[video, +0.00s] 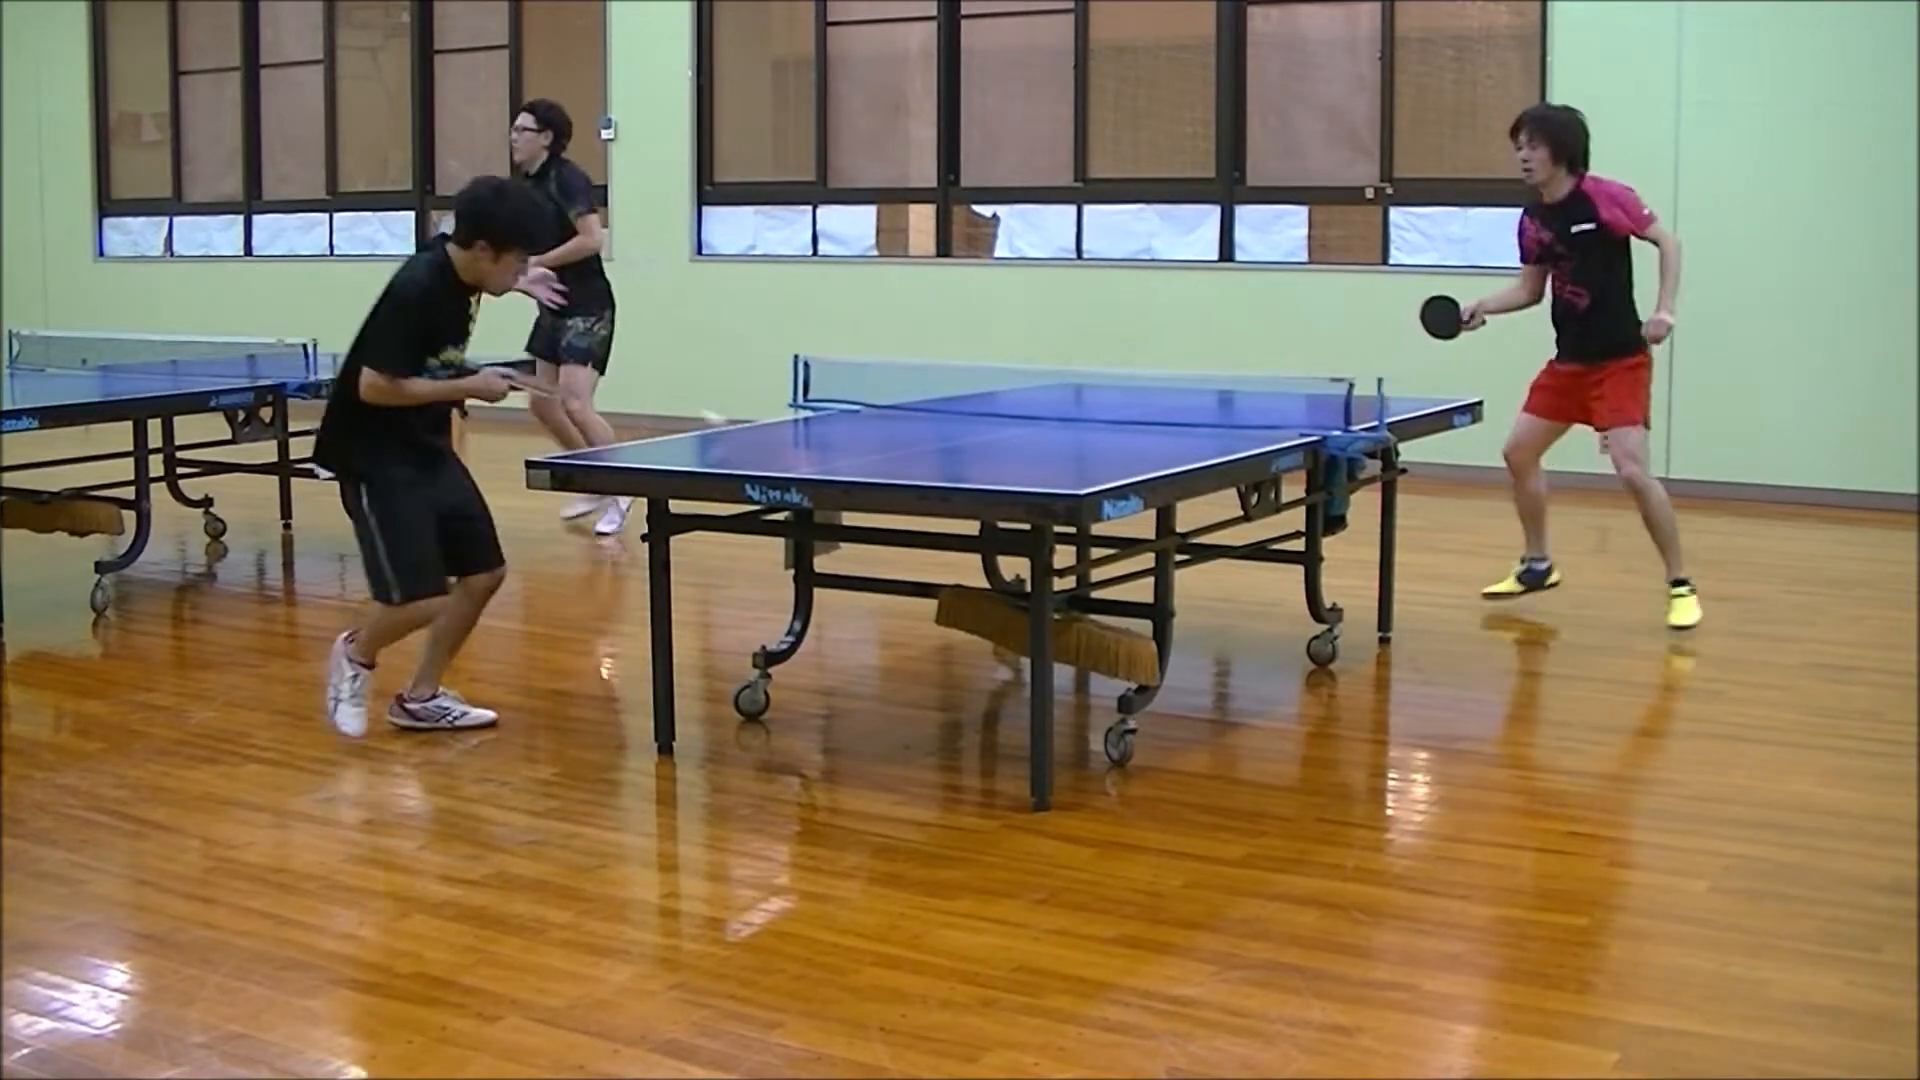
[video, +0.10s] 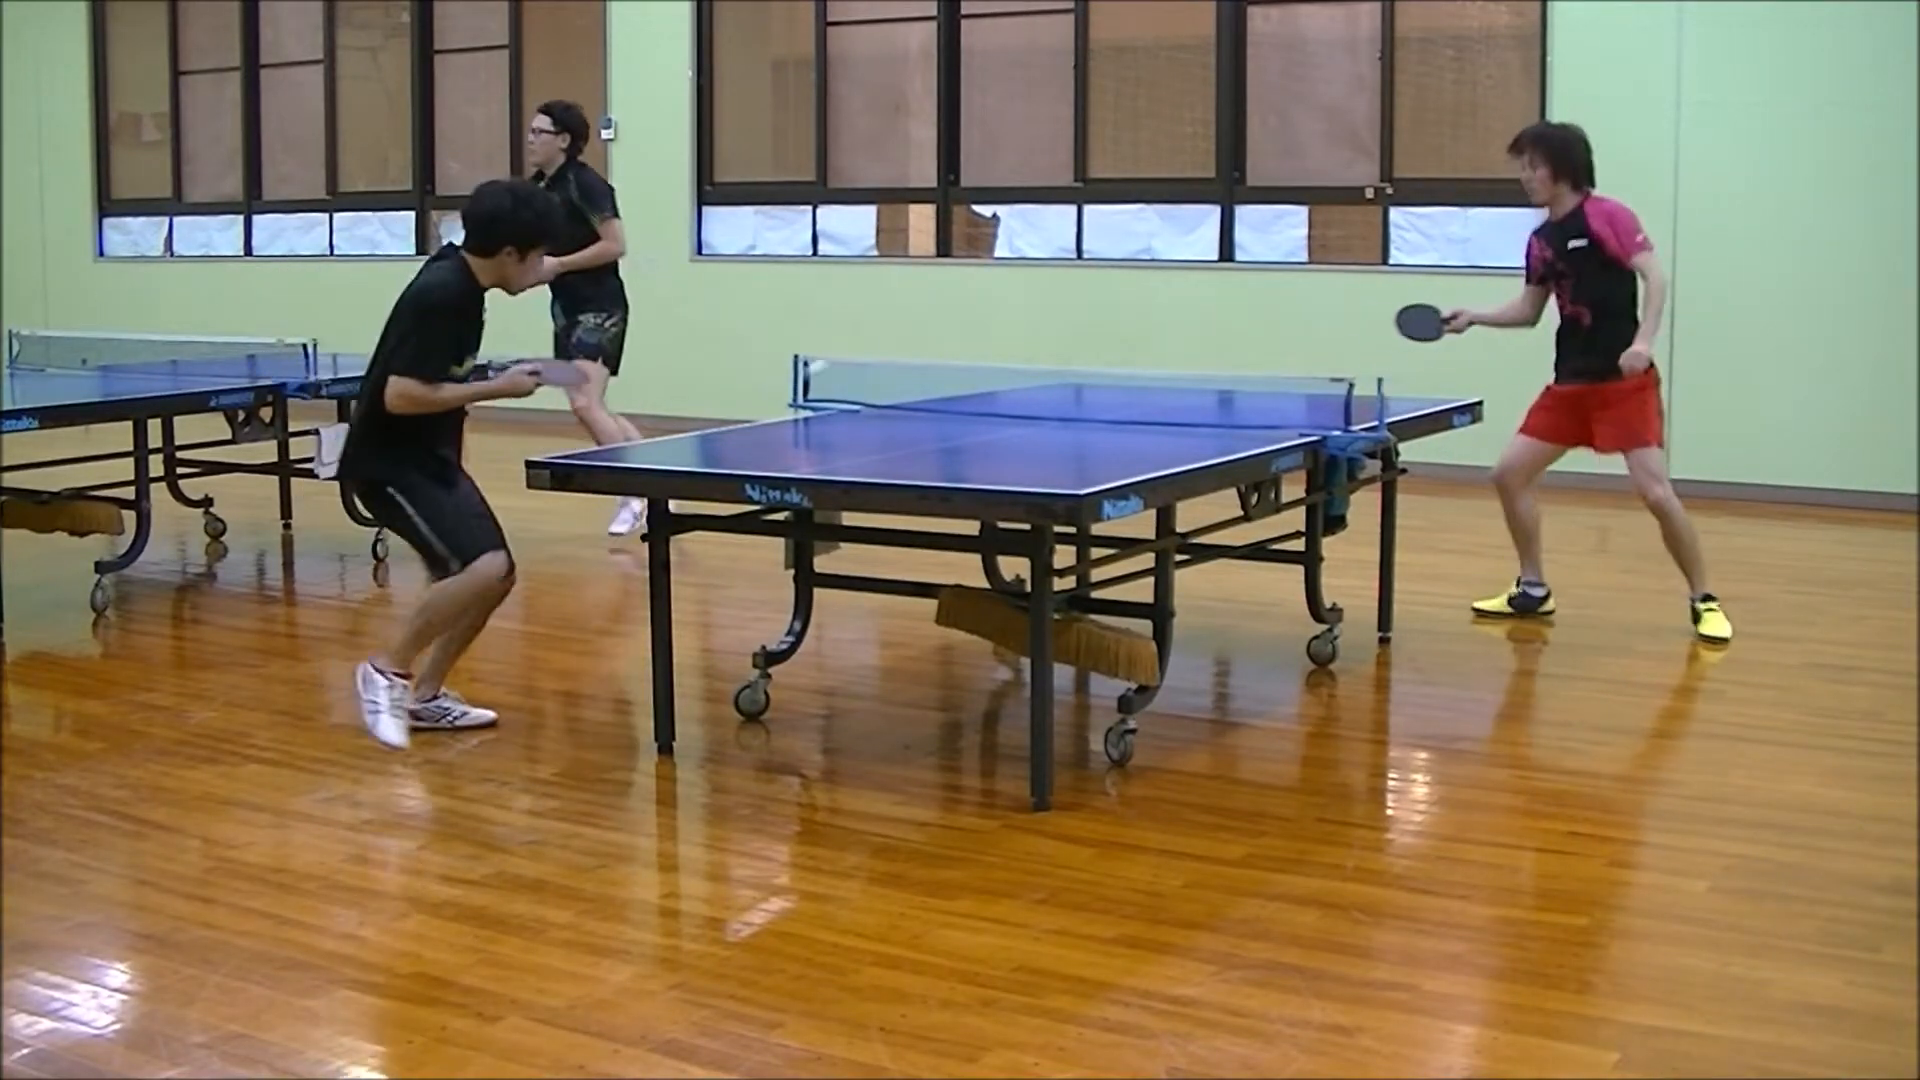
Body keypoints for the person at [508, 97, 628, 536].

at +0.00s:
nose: (513, 137)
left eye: (523, 131)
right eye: (513, 129)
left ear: (548, 138)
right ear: (520, 136)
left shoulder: (569, 179)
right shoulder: (521, 185)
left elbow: (592, 239)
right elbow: (516, 241)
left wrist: (534, 265)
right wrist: (517, 270)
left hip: (588, 302)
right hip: (553, 302)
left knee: (576, 402)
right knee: (543, 403)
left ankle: (618, 492)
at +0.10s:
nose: (530, 139)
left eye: (540, 133)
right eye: (530, 132)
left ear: (565, 140)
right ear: (541, 139)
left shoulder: (587, 183)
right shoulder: (539, 188)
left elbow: (615, 245)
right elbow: (546, 243)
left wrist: (557, 265)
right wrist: (525, 265)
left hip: (601, 302)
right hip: (568, 304)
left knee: (584, 401)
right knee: (590, 408)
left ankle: (634, 490)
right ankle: (658, 478)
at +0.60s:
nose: (522, 144)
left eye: (533, 137)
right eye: (520, 136)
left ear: (560, 142)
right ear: (519, 139)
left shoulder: (585, 186)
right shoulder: (521, 188)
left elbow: (639, 237)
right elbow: (506, 243)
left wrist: (592, 279)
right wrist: (512, 288)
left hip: (584, 319)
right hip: (540, 317)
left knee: (573, 420)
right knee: (553, 423)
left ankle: (609, 532)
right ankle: (601, 521)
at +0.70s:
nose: (507, 142)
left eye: (516, 134)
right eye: (505, 134)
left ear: (546, 136)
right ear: (507, 138)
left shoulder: (569, 178)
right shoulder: (514, 186)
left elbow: (615, 228)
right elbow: (517, 242)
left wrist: (562, 269)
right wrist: (506, 283)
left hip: (569, 326)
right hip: (522, 322)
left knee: (571, 423)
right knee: (503, 428)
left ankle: (607, 531)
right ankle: (544, 513)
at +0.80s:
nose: (484, 141)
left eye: (493, 133)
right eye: (482, 133)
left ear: (524, 134)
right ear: (492, 138)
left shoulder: (553, 178)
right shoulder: (492, 189)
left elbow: (582, 233)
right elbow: (480, 246)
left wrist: (529, 269)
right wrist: (486, 277)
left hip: (554, 334)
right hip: (500, 333)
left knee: (567, 432)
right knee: (481, 435)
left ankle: (607, 529)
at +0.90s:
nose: (456, 147)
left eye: (465, 138)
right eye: (454, 139)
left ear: (496, 140)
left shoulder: (532, 189)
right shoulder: (464, 197)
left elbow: (555, 247)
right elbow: (449, 253)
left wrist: (491, 254)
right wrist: (424, 287)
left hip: (535, 337)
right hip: (480, 339)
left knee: (558, 432)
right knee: (468, 439)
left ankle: (603, 528)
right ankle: (441, 538)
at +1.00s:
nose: (421, 154)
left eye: (430, 144)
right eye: (419, 145)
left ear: (460, 149)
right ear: (436, 153)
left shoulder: (500, 198)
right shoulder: (431, 204)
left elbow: (530, 265)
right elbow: (414, 261)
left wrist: (461, 290)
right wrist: (386, 301)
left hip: (504, 337)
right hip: (455, 336)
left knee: (545, 430)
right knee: (427, 427)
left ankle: (598, 520)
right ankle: (398, 542)